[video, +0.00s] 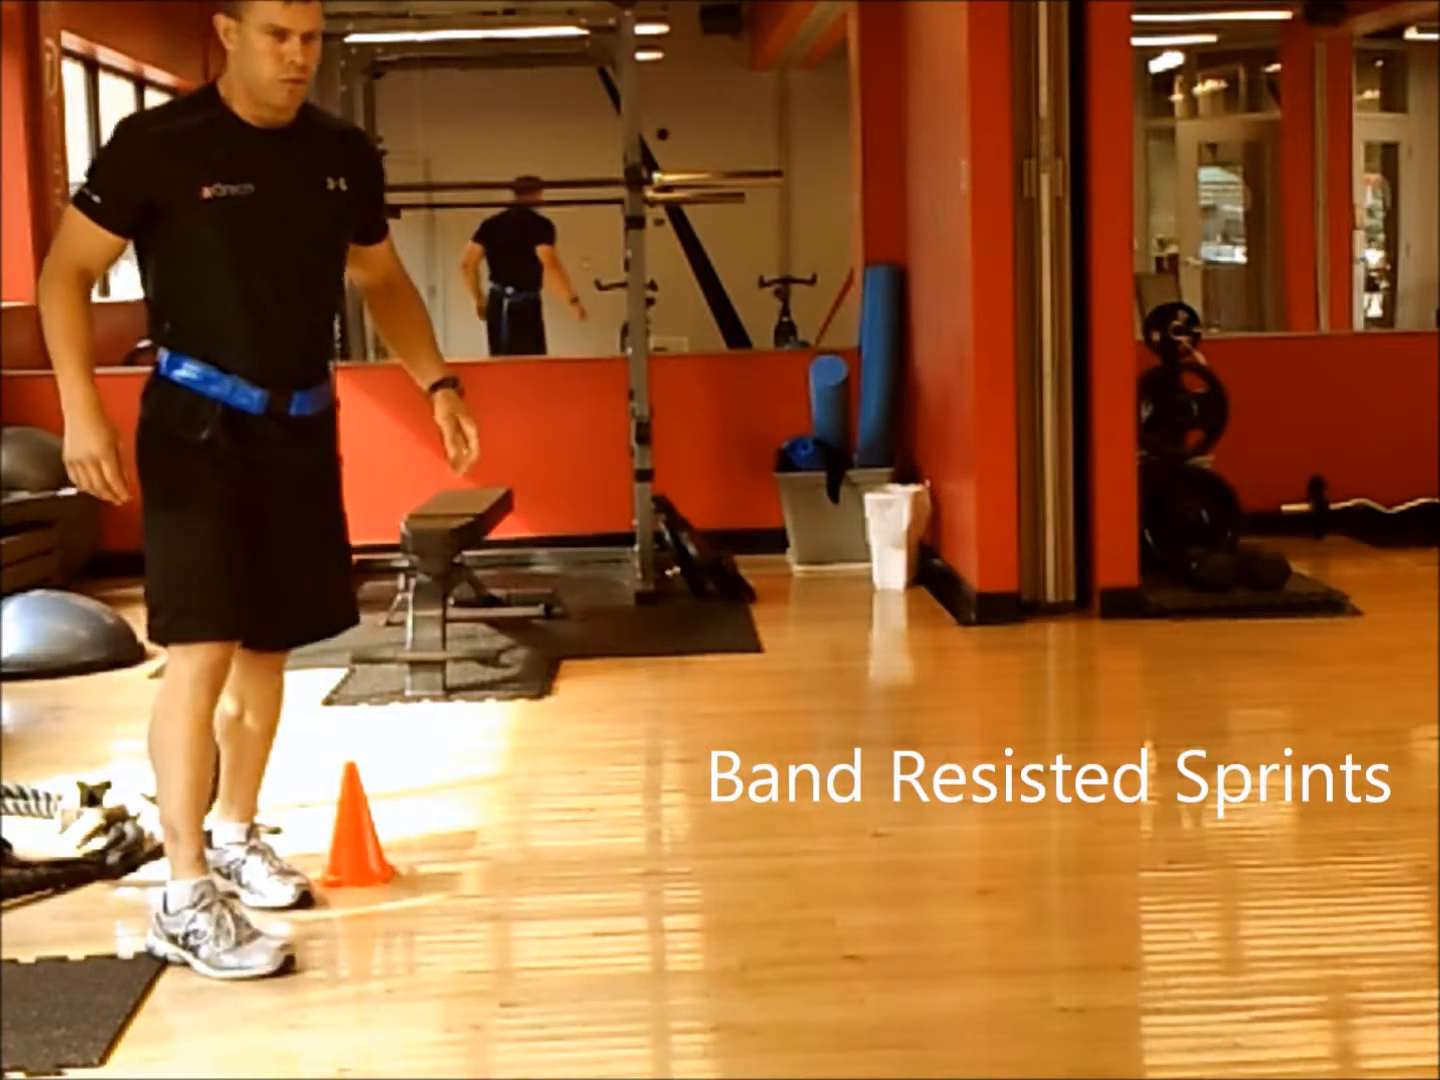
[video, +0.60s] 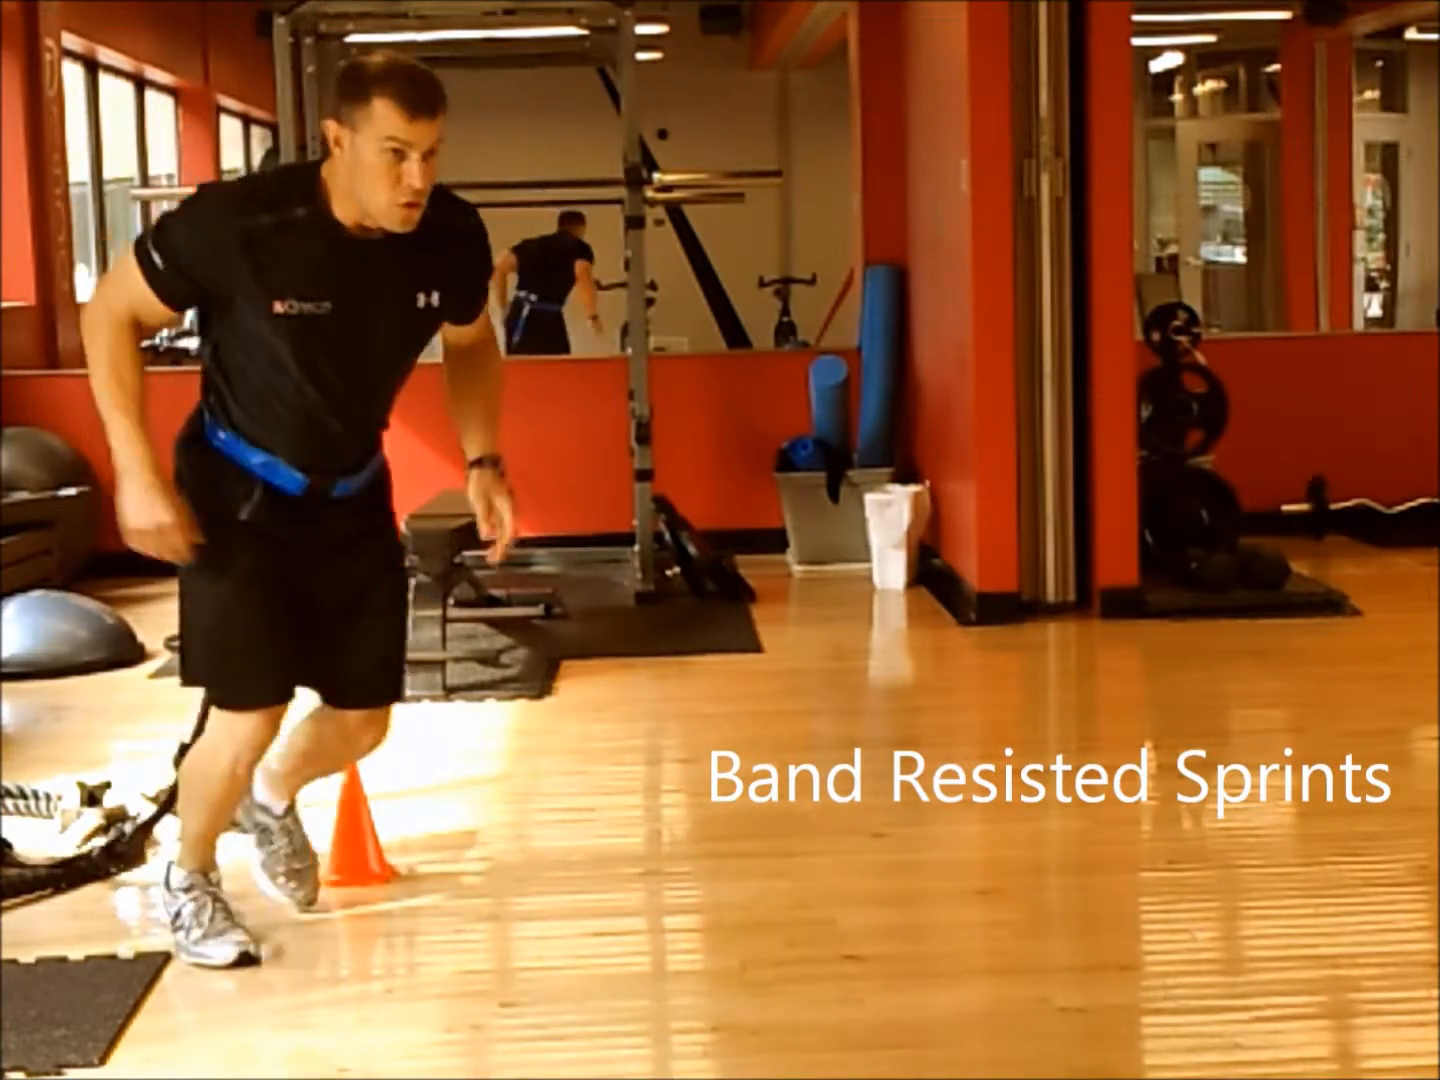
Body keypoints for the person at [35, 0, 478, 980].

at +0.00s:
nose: (300, 55)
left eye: (312, 36)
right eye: (279, 33)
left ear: (325, 42)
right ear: (226, 33)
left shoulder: (344, 155)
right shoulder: (154, 144)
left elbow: (384, 280)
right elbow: (64, 274)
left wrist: (439, 382)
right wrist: (79, 412)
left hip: (297, 431)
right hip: (196, 428)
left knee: (265, 643)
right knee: (200, 647)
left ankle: (235, 831)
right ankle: (182, 892)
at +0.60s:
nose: (419, 179)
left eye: (430, 155)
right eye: (397, 154)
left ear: (442, 150)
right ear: (336, 141)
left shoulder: (450, 239)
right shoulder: (237, 220)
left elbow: (470, 344)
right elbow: (108, 310)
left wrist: (482, 460)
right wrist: (136, 471)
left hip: (352, 499)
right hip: (236, 493)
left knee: (362, 718)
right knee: (251, 709)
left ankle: (259, 794)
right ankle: (187, 875)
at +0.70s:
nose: (460, 170)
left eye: (472, 146)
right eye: (437, 144)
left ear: (485, 143)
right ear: (374, 137)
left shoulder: (491, 226)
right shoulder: (284, 215)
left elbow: (493, 318)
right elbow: (197, 367)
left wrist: (477, 428)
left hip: (400, 493)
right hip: (272, 494)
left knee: (441, 709)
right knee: (245, 715)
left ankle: (350, 802)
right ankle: (191, 877)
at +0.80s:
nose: (560, 127)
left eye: (572, 105)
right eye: (538, 103)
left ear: (582, 101)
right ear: (469, 90)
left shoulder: (570, 184)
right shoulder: (372, 169)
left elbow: (541, 294)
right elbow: (289, 333)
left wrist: (523, 359)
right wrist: (453, 320)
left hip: (464, 467)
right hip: (332, 468)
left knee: (515, 668)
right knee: (280, 672)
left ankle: (482, 914)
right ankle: (205, 850)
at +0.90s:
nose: (660, 133)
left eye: (677, 111)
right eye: (637, 105)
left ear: (688, 108)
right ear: (570, 86)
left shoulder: (659, 186)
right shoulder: (457, 164)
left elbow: (603, 295)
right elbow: (339, 317)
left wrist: (606, 387)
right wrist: (505, 409)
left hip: (536, 474)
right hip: (403, 469)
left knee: (590, 709)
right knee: (374, 730)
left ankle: (535, 971)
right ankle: (234, 763)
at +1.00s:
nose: (746, 120)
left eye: (764, 95)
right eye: (726, 90)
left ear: (776, 88)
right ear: (651, 63)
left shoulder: (744, 192)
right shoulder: (525, 157)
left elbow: (737, 332)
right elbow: (371, 275)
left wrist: (755, 435)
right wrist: (368, 457)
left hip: (611, 488)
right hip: (482, 486)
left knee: (616, 742)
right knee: (500, 771)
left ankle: (534, 972)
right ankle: (327, 741)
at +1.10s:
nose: (836, 72)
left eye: (852, 45)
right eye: (810, 40)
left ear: (863, 38)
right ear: (732, 19)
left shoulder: (834, 130)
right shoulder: (603, 91)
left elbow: (835, 301)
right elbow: (398, 134)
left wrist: (919, 296)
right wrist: (363, 324)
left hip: (658, 447)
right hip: (542, 434)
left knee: (632, 711)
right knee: (629, 707)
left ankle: (534, 950)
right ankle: (470, 927)